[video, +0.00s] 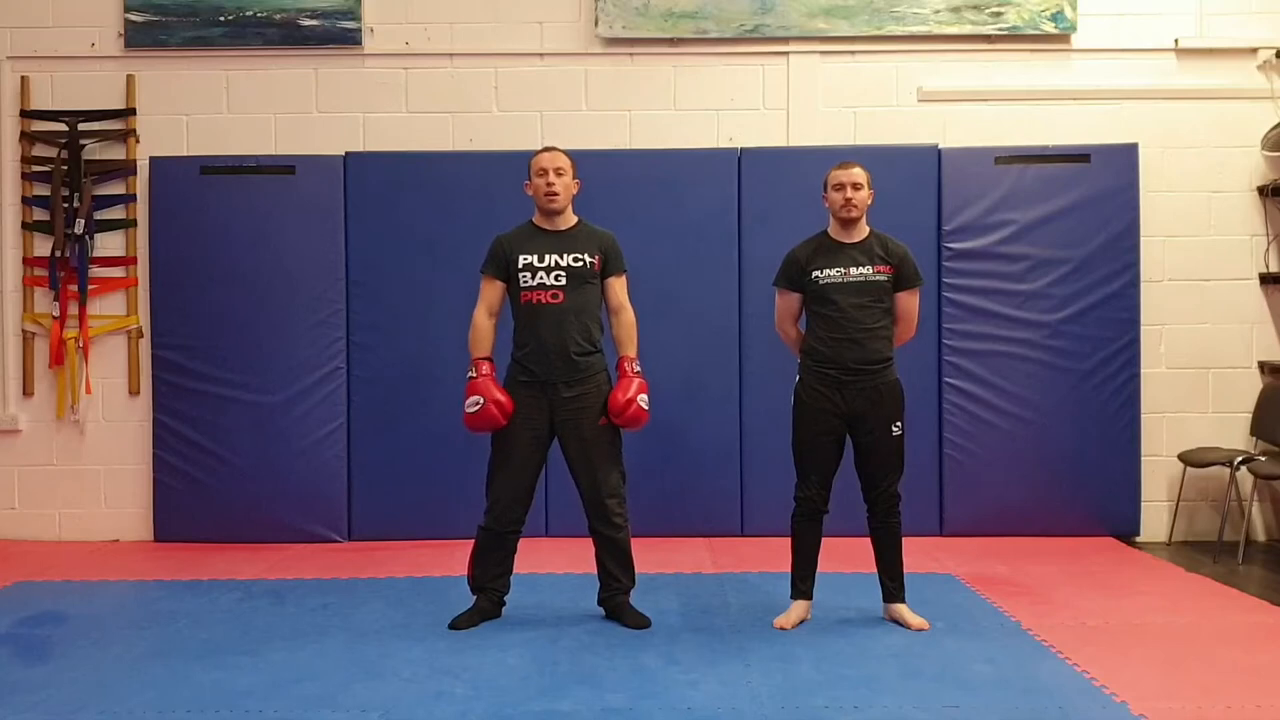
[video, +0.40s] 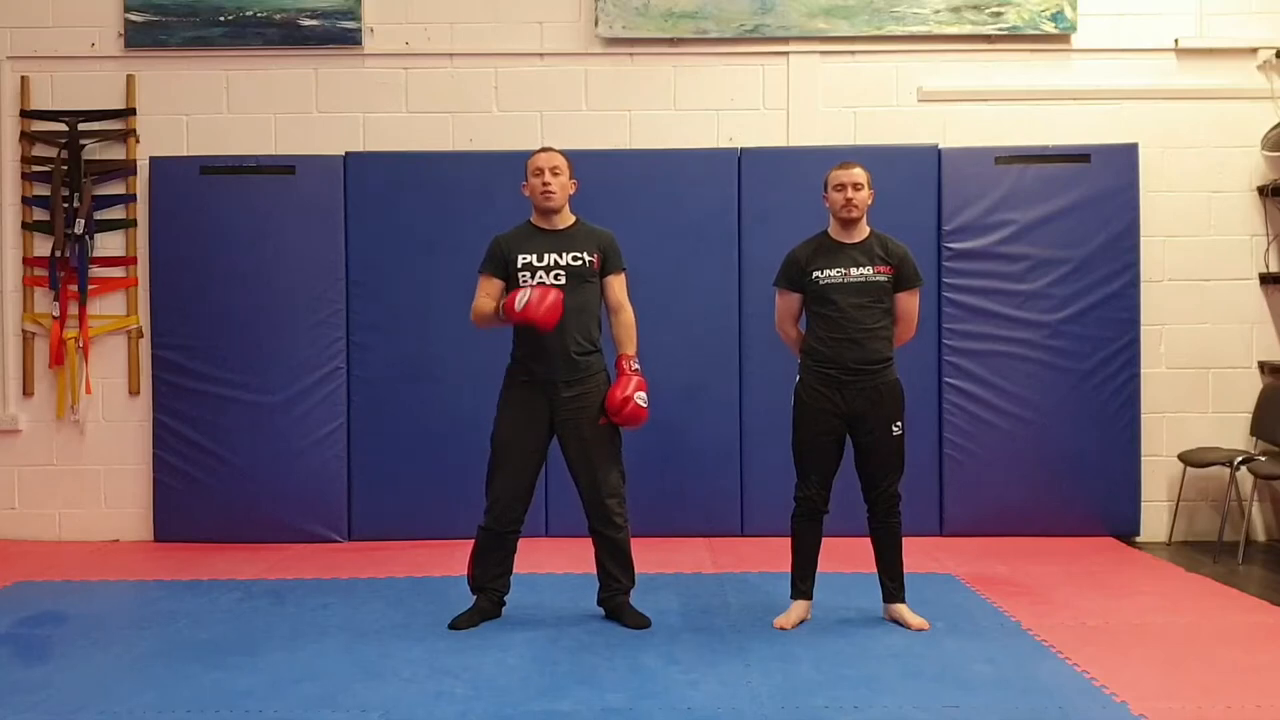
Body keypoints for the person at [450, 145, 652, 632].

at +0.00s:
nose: (550, 181)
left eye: (558, 174)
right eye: (542, 175)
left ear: (575, 184)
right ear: (529, 186)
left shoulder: (601, 243)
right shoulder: (509, 245)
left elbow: (620, 310)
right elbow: (486, 312)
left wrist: (630, 371)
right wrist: (481, 372)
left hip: (588, 389)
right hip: (525, 389)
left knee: (607, 499)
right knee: (504, 500)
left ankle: (617, 597)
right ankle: (488, 597)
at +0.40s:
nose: (546, 181)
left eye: (554, 173)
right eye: (538, 174)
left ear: (572, 184)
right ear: (526, 187)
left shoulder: (600, 242)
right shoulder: (507, 245)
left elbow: (620, 309)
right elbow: (481, 312)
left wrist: (629, 369)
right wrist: (509, 309)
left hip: (587, 388)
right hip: (526, 389)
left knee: (607, 497)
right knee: (504, 497)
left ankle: (617, 597)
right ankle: (488, 598)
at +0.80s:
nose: (548, 179)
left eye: (556, 172)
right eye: (539, 173)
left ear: (572, 184)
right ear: (527, 186)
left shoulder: (599, 242)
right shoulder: (507, 243)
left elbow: (619, 309)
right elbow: (480, 313)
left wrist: (629, 371)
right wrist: (516, 292)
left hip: (586, 387)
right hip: (525, 389)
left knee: (607, 498)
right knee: (504, 498)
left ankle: (616, 597)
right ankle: (488, 598)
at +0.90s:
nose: (549, 180)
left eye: (557, 173)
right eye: (540, 174)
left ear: (573, 184)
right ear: (527, 186)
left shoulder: (598, 242)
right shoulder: (507, 243)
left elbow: (619, 310)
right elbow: (480, 311)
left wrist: (630, 372)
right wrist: (514, 305)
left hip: (586, 388)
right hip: (525, 389)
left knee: (607, 498)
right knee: (504, 497)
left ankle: (616, 598)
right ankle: (488, 597)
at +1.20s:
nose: (553, 180)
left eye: (561, 173)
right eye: (544, 173)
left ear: (575, 184)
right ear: (530, 186)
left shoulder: (600, 243)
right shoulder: (509, 244)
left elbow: (622, 309)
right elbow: (490, 314)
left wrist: (630, 370)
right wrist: (477, 377)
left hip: (588, 388)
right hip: (525, 389)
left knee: (608, 499)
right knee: (504, 500)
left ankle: (616, 597)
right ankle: (488, 597)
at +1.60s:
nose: (547, 180)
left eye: (556, 172)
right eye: (539, 173)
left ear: (573, 183)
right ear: (528, 184)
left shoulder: (599, 241)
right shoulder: (507, 244)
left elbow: (622, 310)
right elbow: (487, 315)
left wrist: (630, 373)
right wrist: (474, 377)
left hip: (585, 389)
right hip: (522, 390)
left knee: (605, 499)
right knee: (503, 500)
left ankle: (616, 597)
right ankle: (488, 597)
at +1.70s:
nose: (547, 179)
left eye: (556, 172)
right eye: (539, 172)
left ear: (573, 183)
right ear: (528, 184)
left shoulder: (599, 241)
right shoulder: (507, 244)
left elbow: (623, 309)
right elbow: (485, 314)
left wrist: (630, 371)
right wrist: (472, 376)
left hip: (585, 388)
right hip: (522, 390)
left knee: (605, 499)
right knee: (502, 501)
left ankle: (616, 597)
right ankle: (488, 597)